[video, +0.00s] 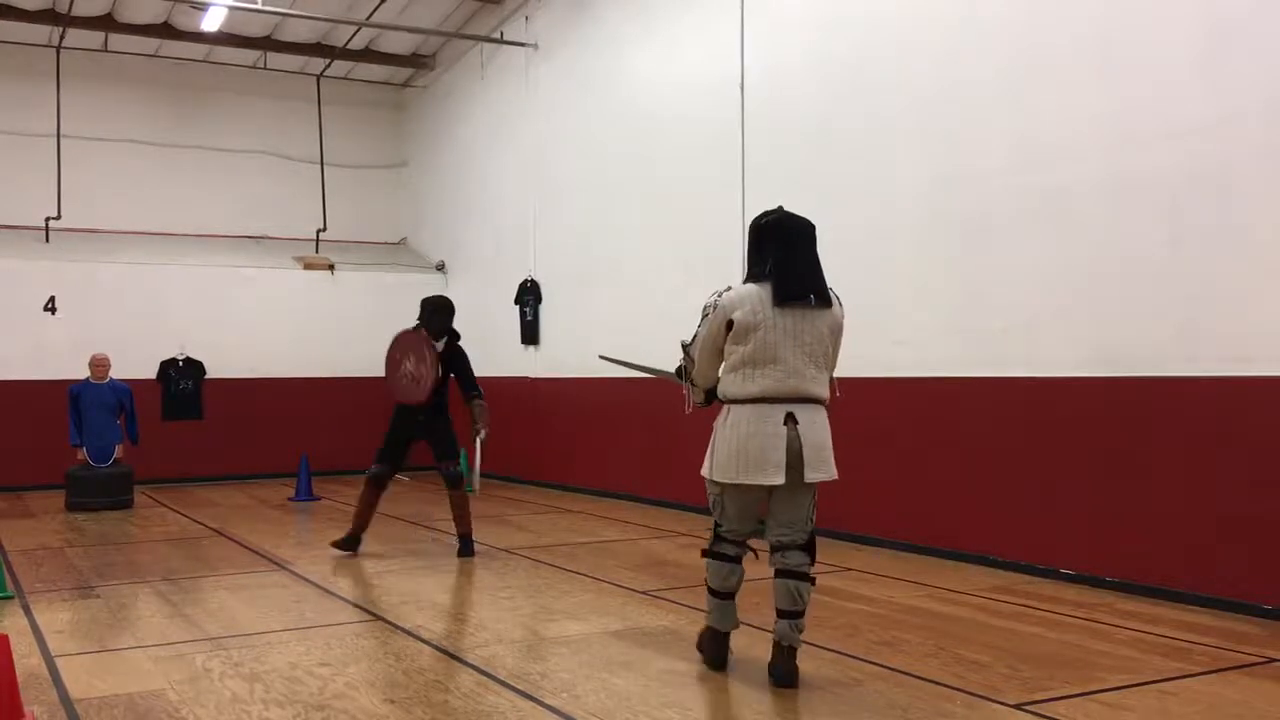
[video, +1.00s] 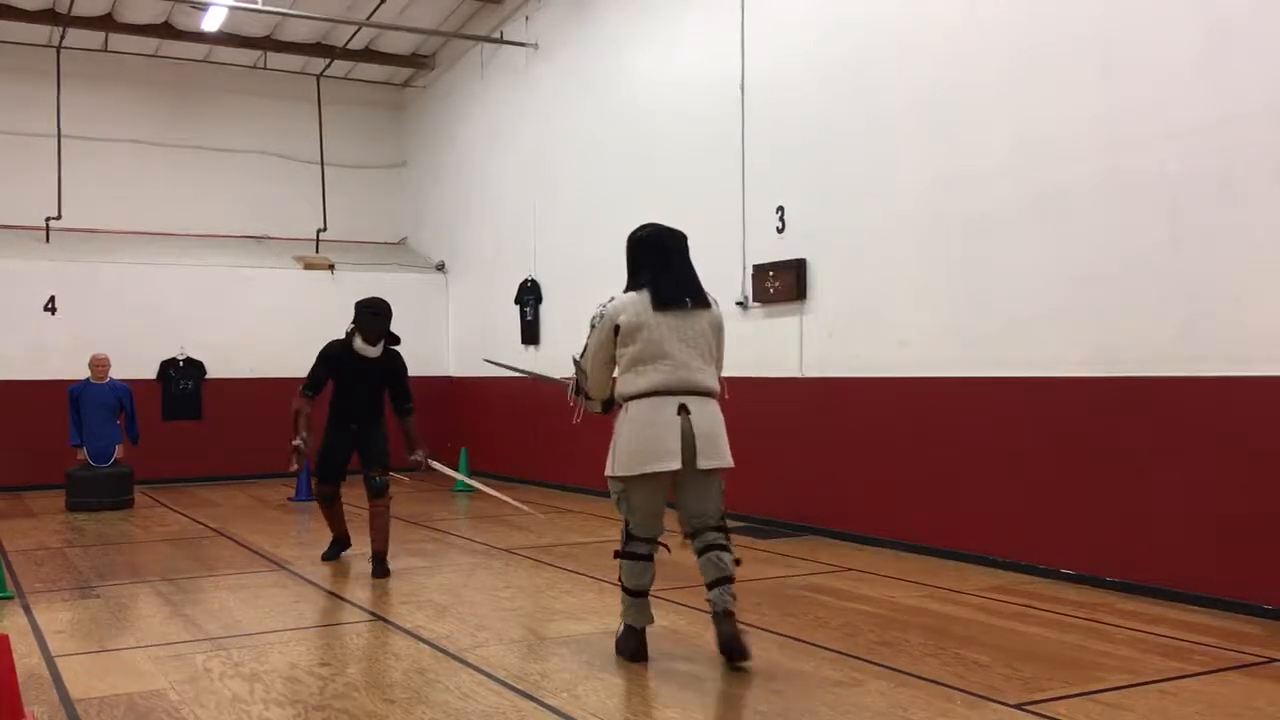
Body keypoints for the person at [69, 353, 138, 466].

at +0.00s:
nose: (100, 369)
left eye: (104, 366)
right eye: (97, 366)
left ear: (109, 367)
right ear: (90, 367)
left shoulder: (121, 390)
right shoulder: (77, 390)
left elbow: (129, 416)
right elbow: (74, 419)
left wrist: (133, 438)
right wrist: (78, 445)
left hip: (113, 445)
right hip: (87, 445)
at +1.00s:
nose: (100, 369)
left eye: (104, 366)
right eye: (96, 366)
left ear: (109, 367)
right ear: (90, 367)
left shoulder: (121, 389)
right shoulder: (77, 390)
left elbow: (130, 415)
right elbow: (75, 420)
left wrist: (133, 437)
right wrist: (78, 445)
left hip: (113, 444)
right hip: (87, 444)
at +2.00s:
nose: (100, 369)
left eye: (104, 366)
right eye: (97, 366)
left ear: (109, 367)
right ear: (90, 367)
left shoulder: (121, 389)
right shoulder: (77, 390)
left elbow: (130, 415)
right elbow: (74, 419)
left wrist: (133, 437)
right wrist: (78, 444)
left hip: (113, 444)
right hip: (88, 444)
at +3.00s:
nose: (100, 369)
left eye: (104, 366)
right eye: (96, 366)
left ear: (109, 367)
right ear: (90, 367)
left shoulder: (121, 389)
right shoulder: (77, 390)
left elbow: (130, 415)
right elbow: (74, 419)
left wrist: (133, 437)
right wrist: (78, 445)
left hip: (113, 444)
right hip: (88, 444)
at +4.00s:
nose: (100, 369)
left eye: (104, 366)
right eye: (96, 366)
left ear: (109, 367)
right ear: (89, 367)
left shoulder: (121, 389)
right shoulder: (77, 390)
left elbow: (130, 415)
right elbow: (74, 419)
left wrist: (133, 437)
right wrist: (78, 444)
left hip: (114, 445)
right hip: (87, 445)